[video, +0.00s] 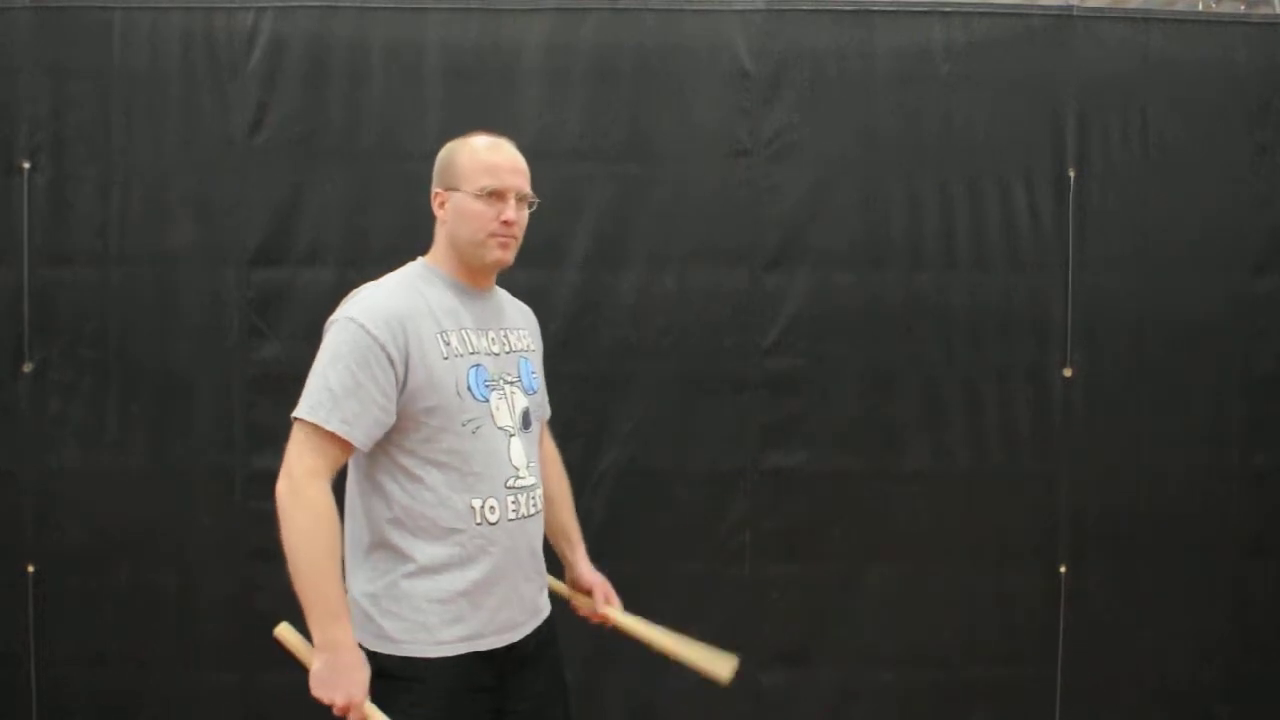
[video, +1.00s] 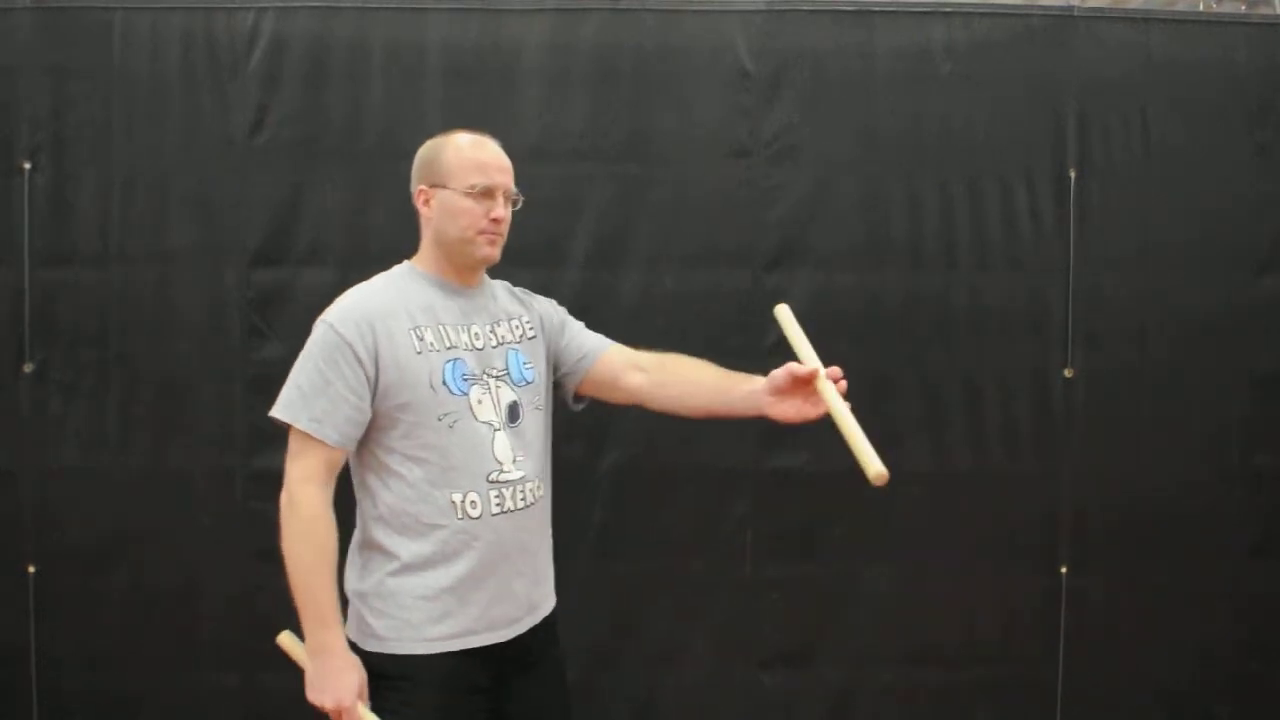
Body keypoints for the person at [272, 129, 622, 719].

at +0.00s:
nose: (510, 216)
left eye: (522, 201)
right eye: (491, 196)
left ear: (530, 212)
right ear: (441, 203)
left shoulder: (519, 321)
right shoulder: (377, 319)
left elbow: (536, 444)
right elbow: (301, 480)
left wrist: (577, 560)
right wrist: (335, 646)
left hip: (525, 638)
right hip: (414, 655)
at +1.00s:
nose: (501, 213)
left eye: (507, 198)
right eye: (481, 195)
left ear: (513, 206)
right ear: (424, 200)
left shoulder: (529, 315)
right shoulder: (359, 322)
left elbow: (635, 374)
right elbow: (305, 489)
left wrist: (761, 395)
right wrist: (327, 650)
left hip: (527, 633)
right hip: (411, 650)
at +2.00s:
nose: (503, 210)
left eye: (508, 195)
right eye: (483, 192)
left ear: (511, 205)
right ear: (423, 200)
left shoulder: (523, 318)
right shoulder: (358, 324)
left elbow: (634, 388)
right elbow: (305, 497)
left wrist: (751, 414)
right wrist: (339, 665)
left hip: (526, 644)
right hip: (413, 662)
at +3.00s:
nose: (546, 217)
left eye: (545, 201)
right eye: (530, 197)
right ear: (473, 202)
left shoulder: (516, 323)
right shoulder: (409, 319)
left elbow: (554, 458)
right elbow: (423, 496)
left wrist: (599, 583)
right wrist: (509, 640)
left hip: (531, 644)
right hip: (429, 657)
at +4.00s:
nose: (538, 214)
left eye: (536, 198)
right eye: (524, 196)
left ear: (473, 205)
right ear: (468, 203)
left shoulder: (502, 320)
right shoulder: (417, 328)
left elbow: (550, 442)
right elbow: (441, 513)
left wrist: (631, 485)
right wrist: (520, 649)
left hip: (537, 645)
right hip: (443, 662)